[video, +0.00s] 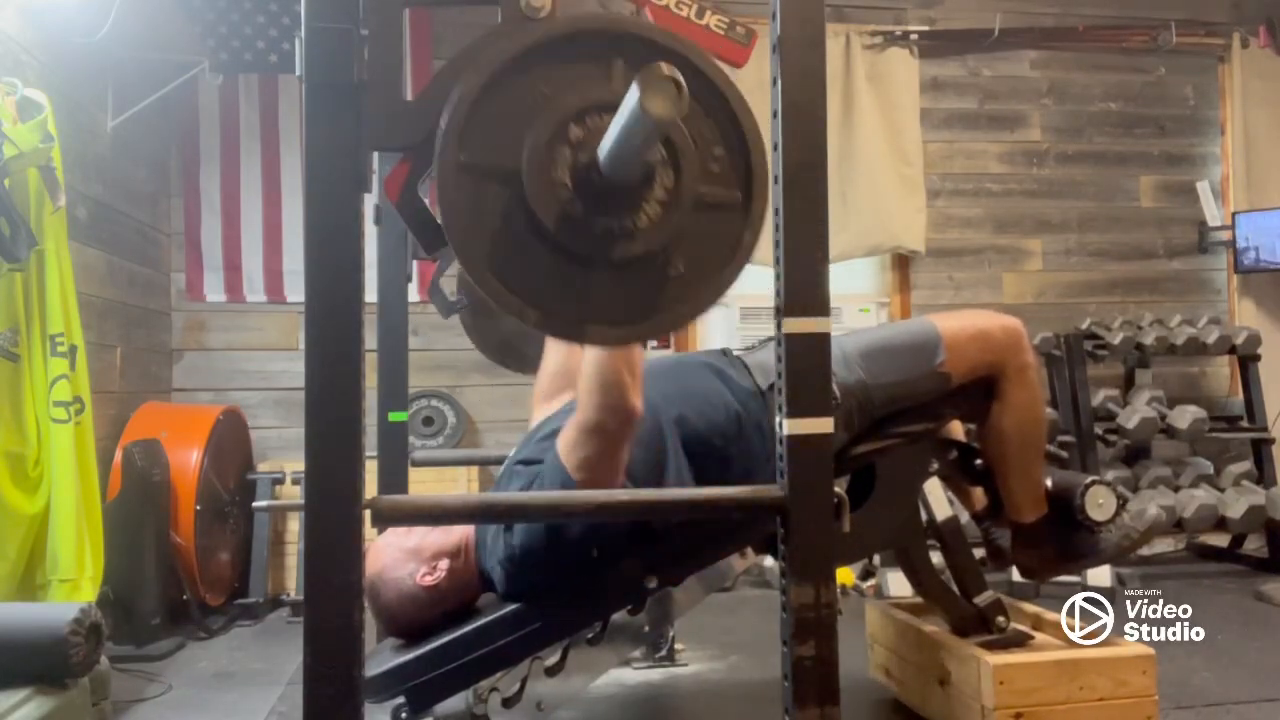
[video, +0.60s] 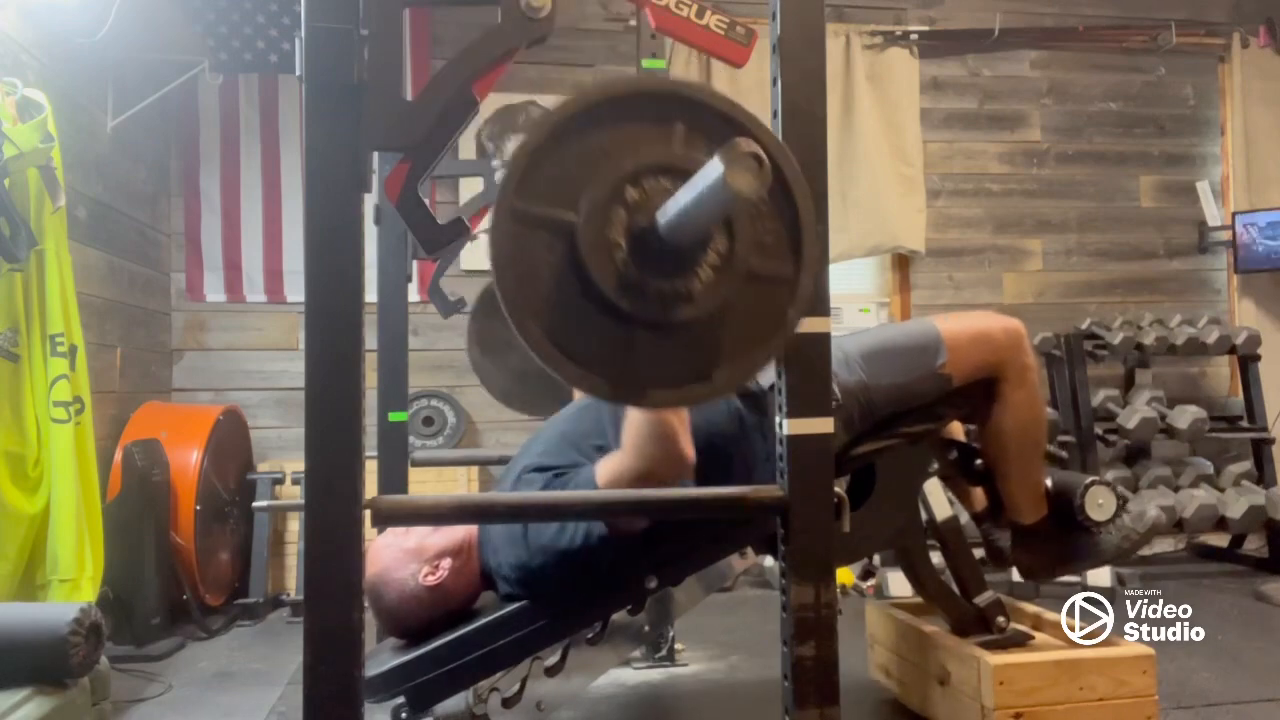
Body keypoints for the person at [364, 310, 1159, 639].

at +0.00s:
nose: (413, 532)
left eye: (396, 536)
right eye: (411, 551)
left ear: (426, 544)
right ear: (445, 576)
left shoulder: (507, 493)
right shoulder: (530, 552)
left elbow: (564, 374)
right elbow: (611, 408)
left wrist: (569, 226)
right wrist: (603, 246)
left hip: (738, 375)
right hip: (769, 423)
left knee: (954, 330)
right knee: (1002, 340)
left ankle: (990, 489)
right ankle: (1034, 532)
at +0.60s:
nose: (417, 531)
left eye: (400, 535)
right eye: (414, 550)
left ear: (427, 541)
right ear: (446, 578)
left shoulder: (502, 496)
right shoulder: (529, 549)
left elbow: (625, 427)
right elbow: (661, 456)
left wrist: (613, 314)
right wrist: (640, 316)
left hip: (748, 378)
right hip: (767, 430)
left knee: (960, 329)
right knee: (1004, 343)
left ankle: (988, 479)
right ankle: (1034, 527)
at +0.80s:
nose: (417, 530)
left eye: (399, 535)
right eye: (417, 549)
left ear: (425, 545)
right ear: (446, 577)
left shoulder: (494, 499)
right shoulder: (528, 545)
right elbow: (672, 529)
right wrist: (691, 399)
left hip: (712, 388)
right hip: (748, 437)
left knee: (936, 322)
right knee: (1002, 341)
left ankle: (980, 469)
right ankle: (1033, 526)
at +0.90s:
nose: (419, 529)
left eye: (401, 534)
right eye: (418, 547)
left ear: (428, 549)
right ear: (447, 575)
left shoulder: (496, 499)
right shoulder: (533, 541)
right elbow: (690, 539)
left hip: (706, 394)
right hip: (752, 434)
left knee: (900, 314)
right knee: (1001, 339)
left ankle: (978, 471)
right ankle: (1032, 526)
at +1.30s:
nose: (421, 530)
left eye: (404, 535)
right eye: (419, 548)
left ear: (428, 543)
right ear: (448, 576)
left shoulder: (500, 497)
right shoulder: (527, 546)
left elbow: (605, 420)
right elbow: (659, 499)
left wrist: (657, 321)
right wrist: (669, 365)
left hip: (735, 375)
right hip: (757, 428)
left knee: (953, 326)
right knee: (1004, 341)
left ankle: (986, 472)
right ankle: (1033, 527)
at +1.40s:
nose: (420, 530)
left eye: (402, 534)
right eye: (417, 548)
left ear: (429, 544)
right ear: (447, 576)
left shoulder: (503, 493)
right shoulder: (526, 547)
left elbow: (630, 432)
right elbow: (654, 463)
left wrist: (609, 312)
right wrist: (635, 325)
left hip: (745, 372)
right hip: (766, 424)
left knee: (960, 327)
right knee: (1005, 341)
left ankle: (982, 476)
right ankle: (1032, 528)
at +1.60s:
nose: (415, 530)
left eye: (398, 533)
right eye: (411, 548)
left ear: (427, 541)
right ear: (444, 578)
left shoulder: (505, 493)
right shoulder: (528, 559)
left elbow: (556, 379)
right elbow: (591, 399)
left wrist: (567, 213)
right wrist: (591, 228)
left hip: (748, 373)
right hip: (772, 423)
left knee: (957, 329)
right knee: (1004, 341)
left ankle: (980, 477)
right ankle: (1031, 527)